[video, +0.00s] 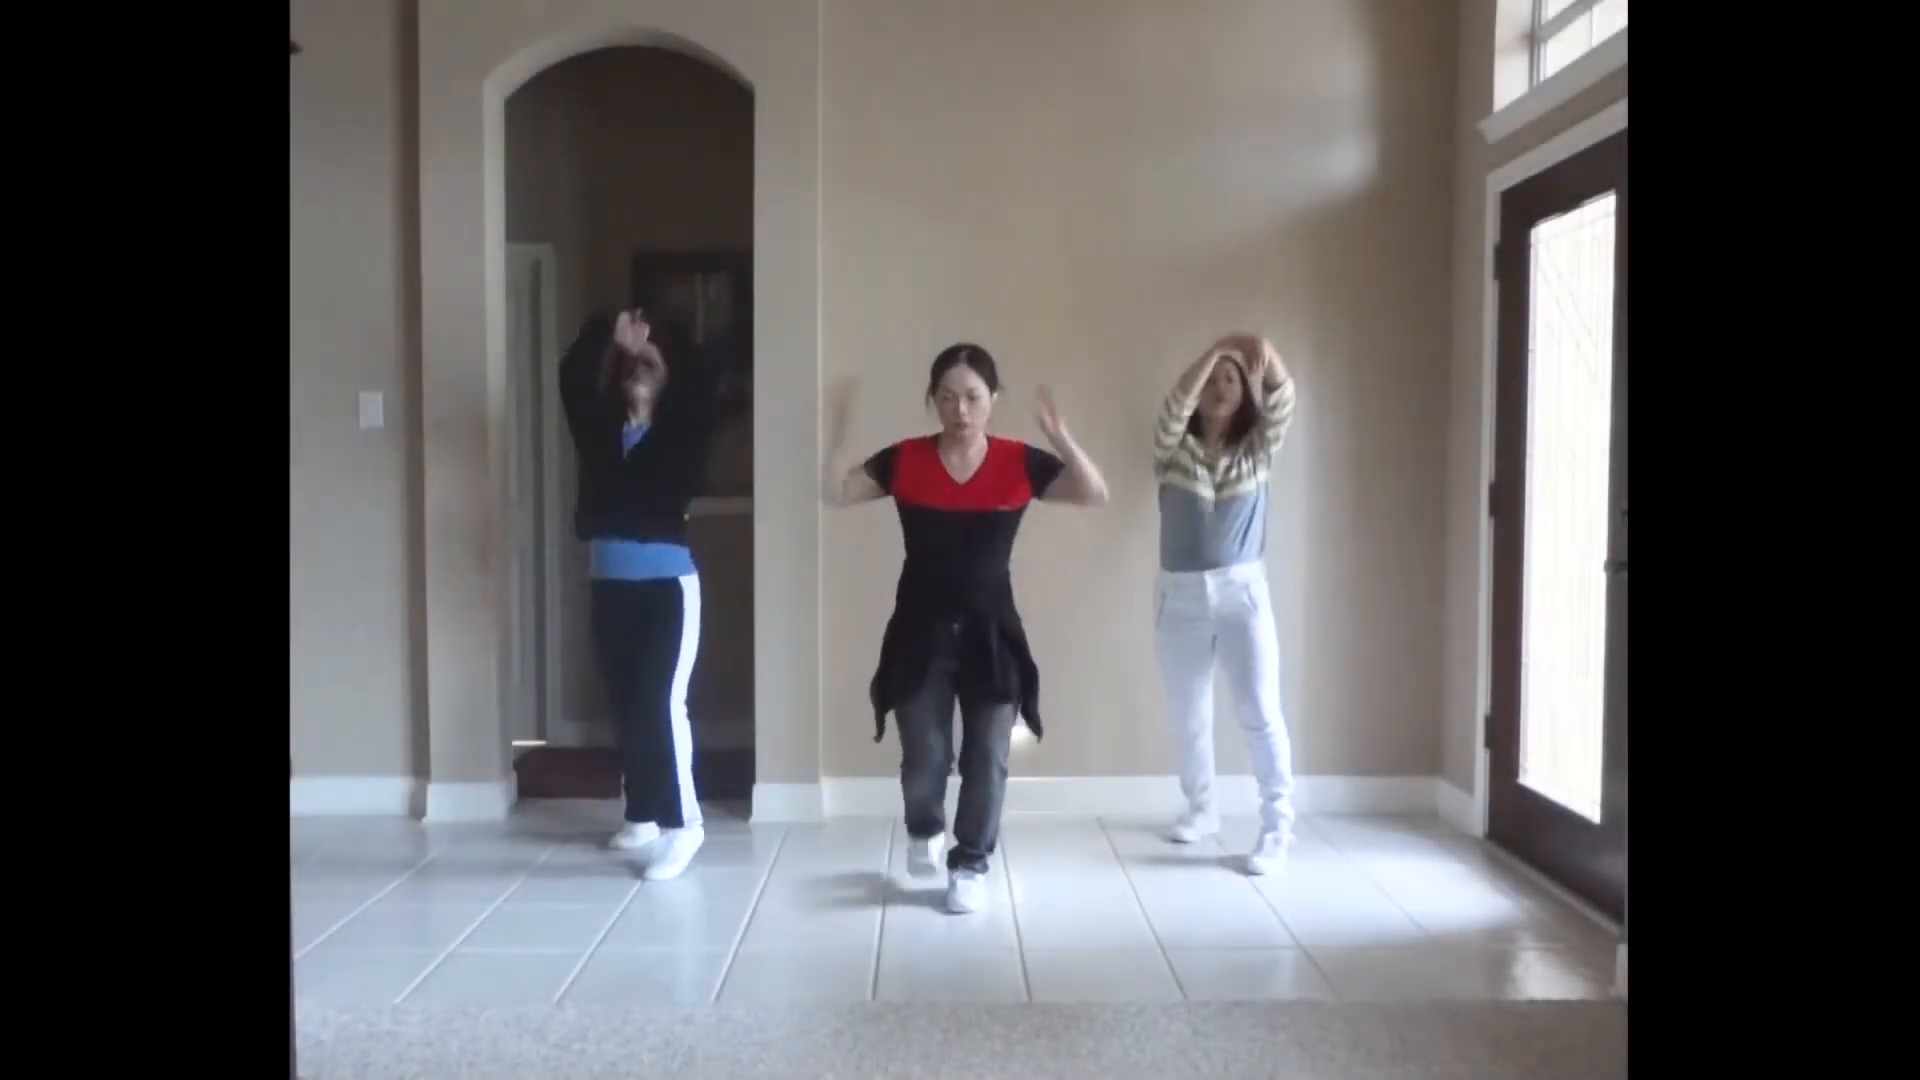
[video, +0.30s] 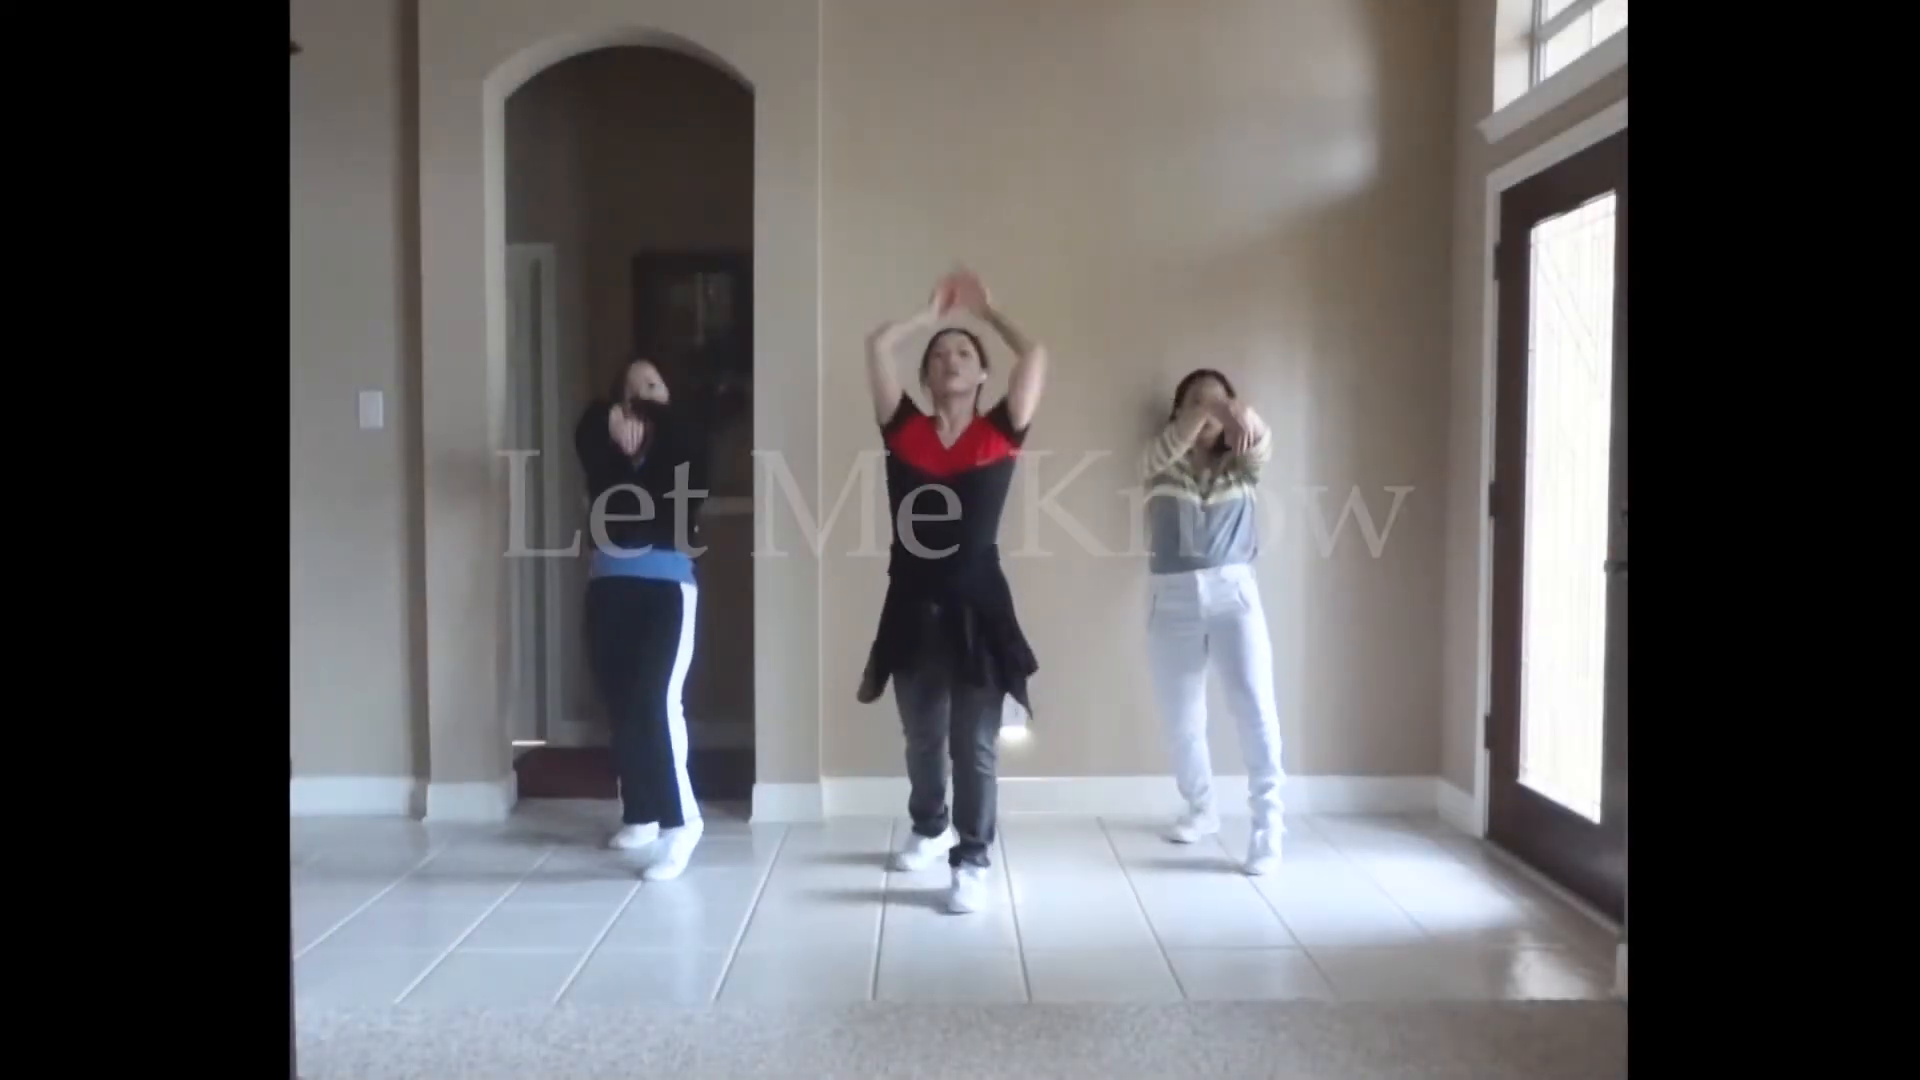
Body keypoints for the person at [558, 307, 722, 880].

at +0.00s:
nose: (636, 378)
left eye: (648, 369)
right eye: (628, 370)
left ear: (665, 379)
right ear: (616, 380)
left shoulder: (683, 427)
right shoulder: (597, 429)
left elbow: (706, 369)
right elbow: (573, 377)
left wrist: (657, 346)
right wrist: (609, 335)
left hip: (668, 582)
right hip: (613, 582)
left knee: (663, 702)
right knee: (628, 704)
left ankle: (685, 823)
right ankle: (643, 817)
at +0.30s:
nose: (644, 393)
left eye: (653, 386)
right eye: (634, 386)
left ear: (670, 396)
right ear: (620, 395)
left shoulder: (683, 434)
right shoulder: (602, 432)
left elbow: (685, 432)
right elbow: (587, 431)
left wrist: (649, 418)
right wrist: (610, 411)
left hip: (667, 585)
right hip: (611, 584)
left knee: (656, 701)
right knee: (623, 702)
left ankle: (683, 819)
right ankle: (641, 817)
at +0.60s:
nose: (645, 413)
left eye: (654, 404)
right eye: (636, 406)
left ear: (671, 406)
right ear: (625, 412)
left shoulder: (690, 456)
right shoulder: (607, 457)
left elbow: (692, 528)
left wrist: (647, 502)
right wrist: (614, 497)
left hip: (667, 590)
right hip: (611, 588)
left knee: (655, 697)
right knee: (616, 698)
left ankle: (681, 818)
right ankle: (640, 820)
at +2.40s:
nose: (648, 442)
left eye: (655, 431)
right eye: (638, 435)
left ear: (676, 428)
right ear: (630, 441)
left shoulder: (703, 481)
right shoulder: (618, 484)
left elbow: (704, 542)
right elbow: (592, 541)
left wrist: (670, 583)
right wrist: (619, 577)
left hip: (682, 605)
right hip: (626, 604)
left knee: (630, 691)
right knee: (605, 700)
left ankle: (648, 814)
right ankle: (650, 809)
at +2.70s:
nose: (613, 434)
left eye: (618, 422)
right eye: (608, 424)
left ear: (642, 415)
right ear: (619, 425)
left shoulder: (699, 456)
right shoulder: (635, 467)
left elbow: (721, 538)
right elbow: (622, 551)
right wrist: (594, 618)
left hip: (701, 600)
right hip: (647, 596)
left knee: (700, 719)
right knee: (628, 705)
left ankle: (732, 849)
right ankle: (647, 818)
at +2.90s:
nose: (639, 404)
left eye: (644, 389)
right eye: (632, 396)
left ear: (670, 383)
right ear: (634, 402)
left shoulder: (714, 437)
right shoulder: (659, 450)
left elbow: (737, 519)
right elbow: (662, 534)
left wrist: (671, 505)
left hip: (725, 591)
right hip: (671, 592)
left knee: (729, 730)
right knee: (660, 711)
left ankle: (751, 862)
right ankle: (661, 802)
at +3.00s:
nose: (651, 397)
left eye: (656, 385)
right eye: (644, 389)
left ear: (682, 380)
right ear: (649, 394)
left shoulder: (723, 432)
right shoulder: (672, 443)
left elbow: (746, 513)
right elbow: (662, 520)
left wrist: (684, 505)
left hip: (730, 592)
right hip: (681, 591)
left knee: (728, 727)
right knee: (672, 707)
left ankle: (752, 864)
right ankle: (685, 812)